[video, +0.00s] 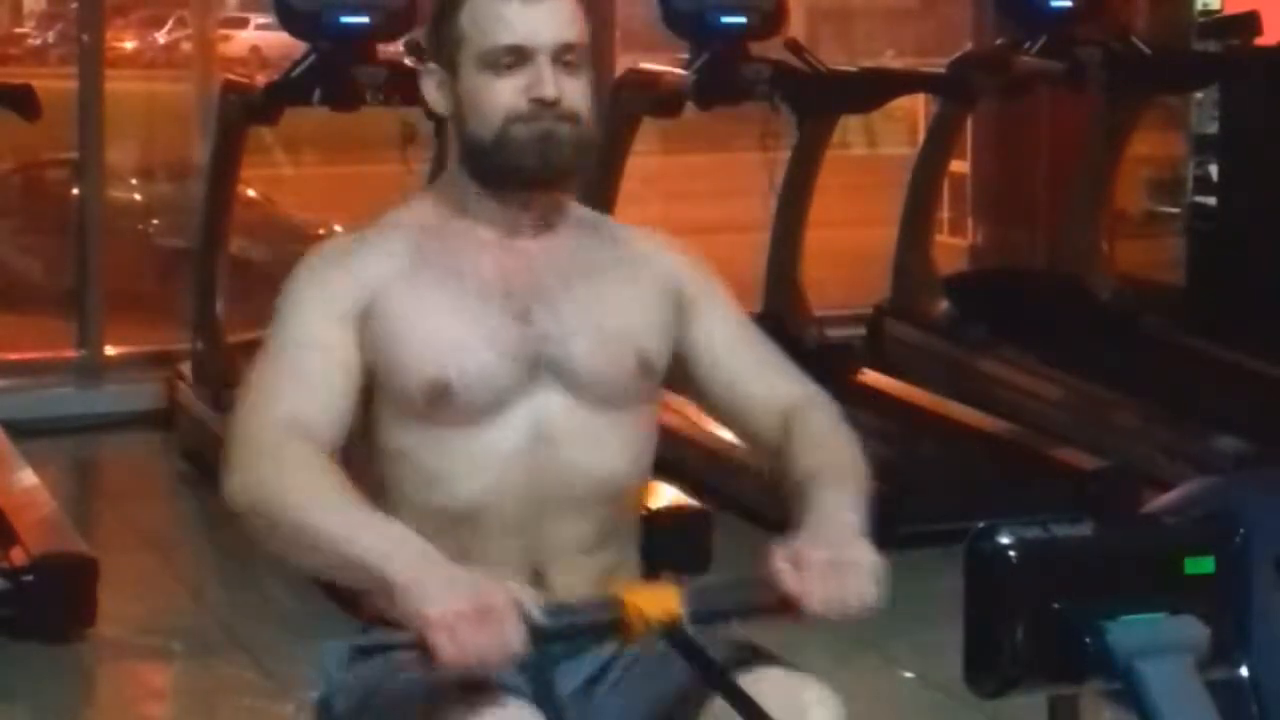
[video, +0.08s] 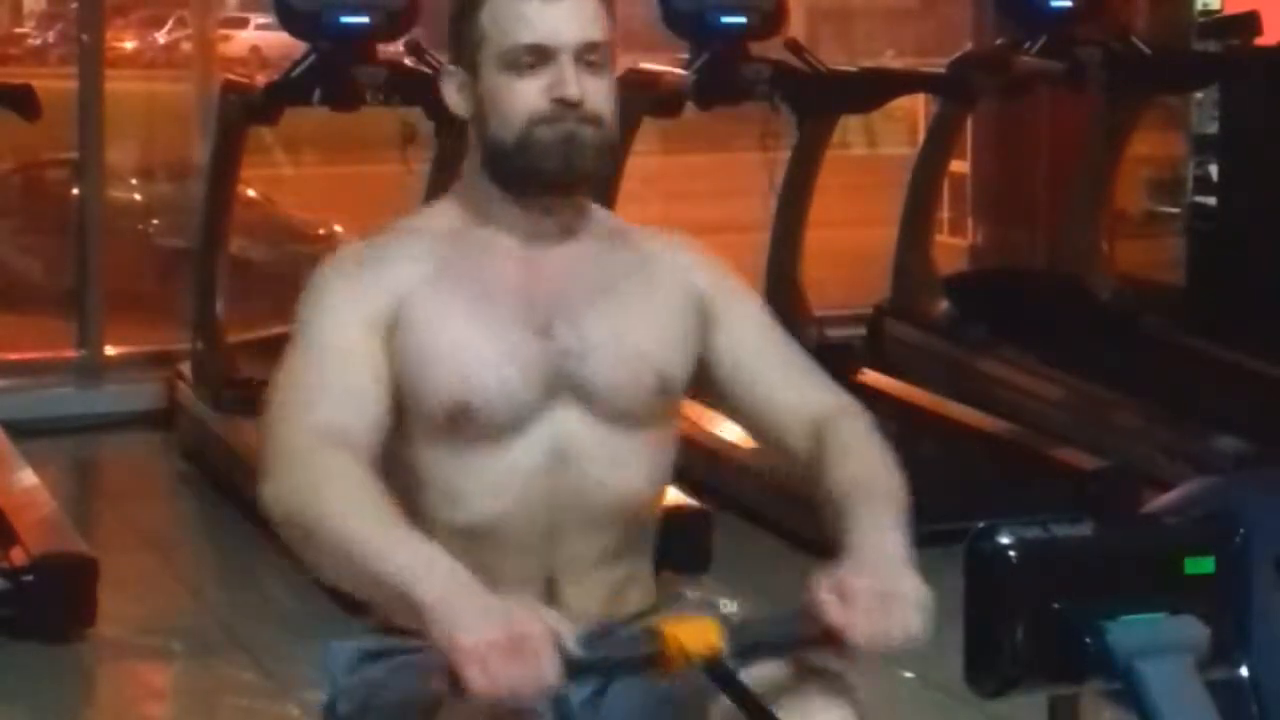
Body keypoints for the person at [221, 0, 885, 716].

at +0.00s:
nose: (548, 87)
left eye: (570, 63)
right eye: (509, 64)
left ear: (596, 85)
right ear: (439, 88)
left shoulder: (655, 271)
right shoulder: (352, 275)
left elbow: (799, 416)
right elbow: (266, 466)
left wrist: (834, 522)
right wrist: (422, 574)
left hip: (617, 644)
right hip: (427, 650)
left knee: (800, 705)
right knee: (494, 718)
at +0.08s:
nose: (570, 89)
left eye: (591, 63)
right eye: (530, 64)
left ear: (616, 84)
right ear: (460, 89)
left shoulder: (677, 275)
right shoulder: (373, 280)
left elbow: (827, 423)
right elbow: (306, 472)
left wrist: (877, 550)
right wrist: (459, 602)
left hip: (634, 649)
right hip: (434, 652)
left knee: (824, 697)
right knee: (482, 704)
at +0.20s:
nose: (620, 97)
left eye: (644, 69)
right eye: (577, 70)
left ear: (674, 93)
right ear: (506, 105)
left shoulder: (742, 296)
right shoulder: (408, 301)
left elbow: (890, 455)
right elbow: (386, 495)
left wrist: (969, 616)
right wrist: (530, 663)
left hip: (662, 649)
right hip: (462, 659)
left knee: (851, 683)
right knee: (510, 708)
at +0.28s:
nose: (647, 108)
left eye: (671, 76)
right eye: (603, 79)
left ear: (699, 103)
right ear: (531, 114)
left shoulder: (768, 308)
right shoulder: (429, 312)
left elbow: (918, 475)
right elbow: (427, 513)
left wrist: (1027, 653)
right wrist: (567, 695)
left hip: (669, 665)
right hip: (471, 669)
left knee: (855, 678)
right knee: (510, 708)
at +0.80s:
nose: (628, 102)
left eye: (654, 69)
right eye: (583, 73)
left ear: (683, 90)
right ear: (508, 101)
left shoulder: (751, 293)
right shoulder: (413, 296)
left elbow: (893, 469)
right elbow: (435, 502)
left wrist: (998, 655)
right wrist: (560, 686)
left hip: (658, 647)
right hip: (460, 653)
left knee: (855, 672)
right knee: (511, 707)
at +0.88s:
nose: (590, 91)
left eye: (611, 62)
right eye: (547, 65)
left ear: (640, 81)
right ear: (476, 92)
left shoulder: (719, 276)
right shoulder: (388, 276)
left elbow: (845, 437)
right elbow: (394, 459)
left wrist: (926, 586)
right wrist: (512, 628)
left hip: (655, 635)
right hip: (439, 643)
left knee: (878, 677)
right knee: (523, 700)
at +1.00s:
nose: (529, 84)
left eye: (550, 57)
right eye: (488, 59)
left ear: (578, 74)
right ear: (419, 77)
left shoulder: (649, 247)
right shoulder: (341, 258)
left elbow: (771, 397)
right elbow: (322, 431)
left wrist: (839, 519)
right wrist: (440, 563)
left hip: (607, 639)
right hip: (419, 635)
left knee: (798, 694)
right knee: (477, 698)